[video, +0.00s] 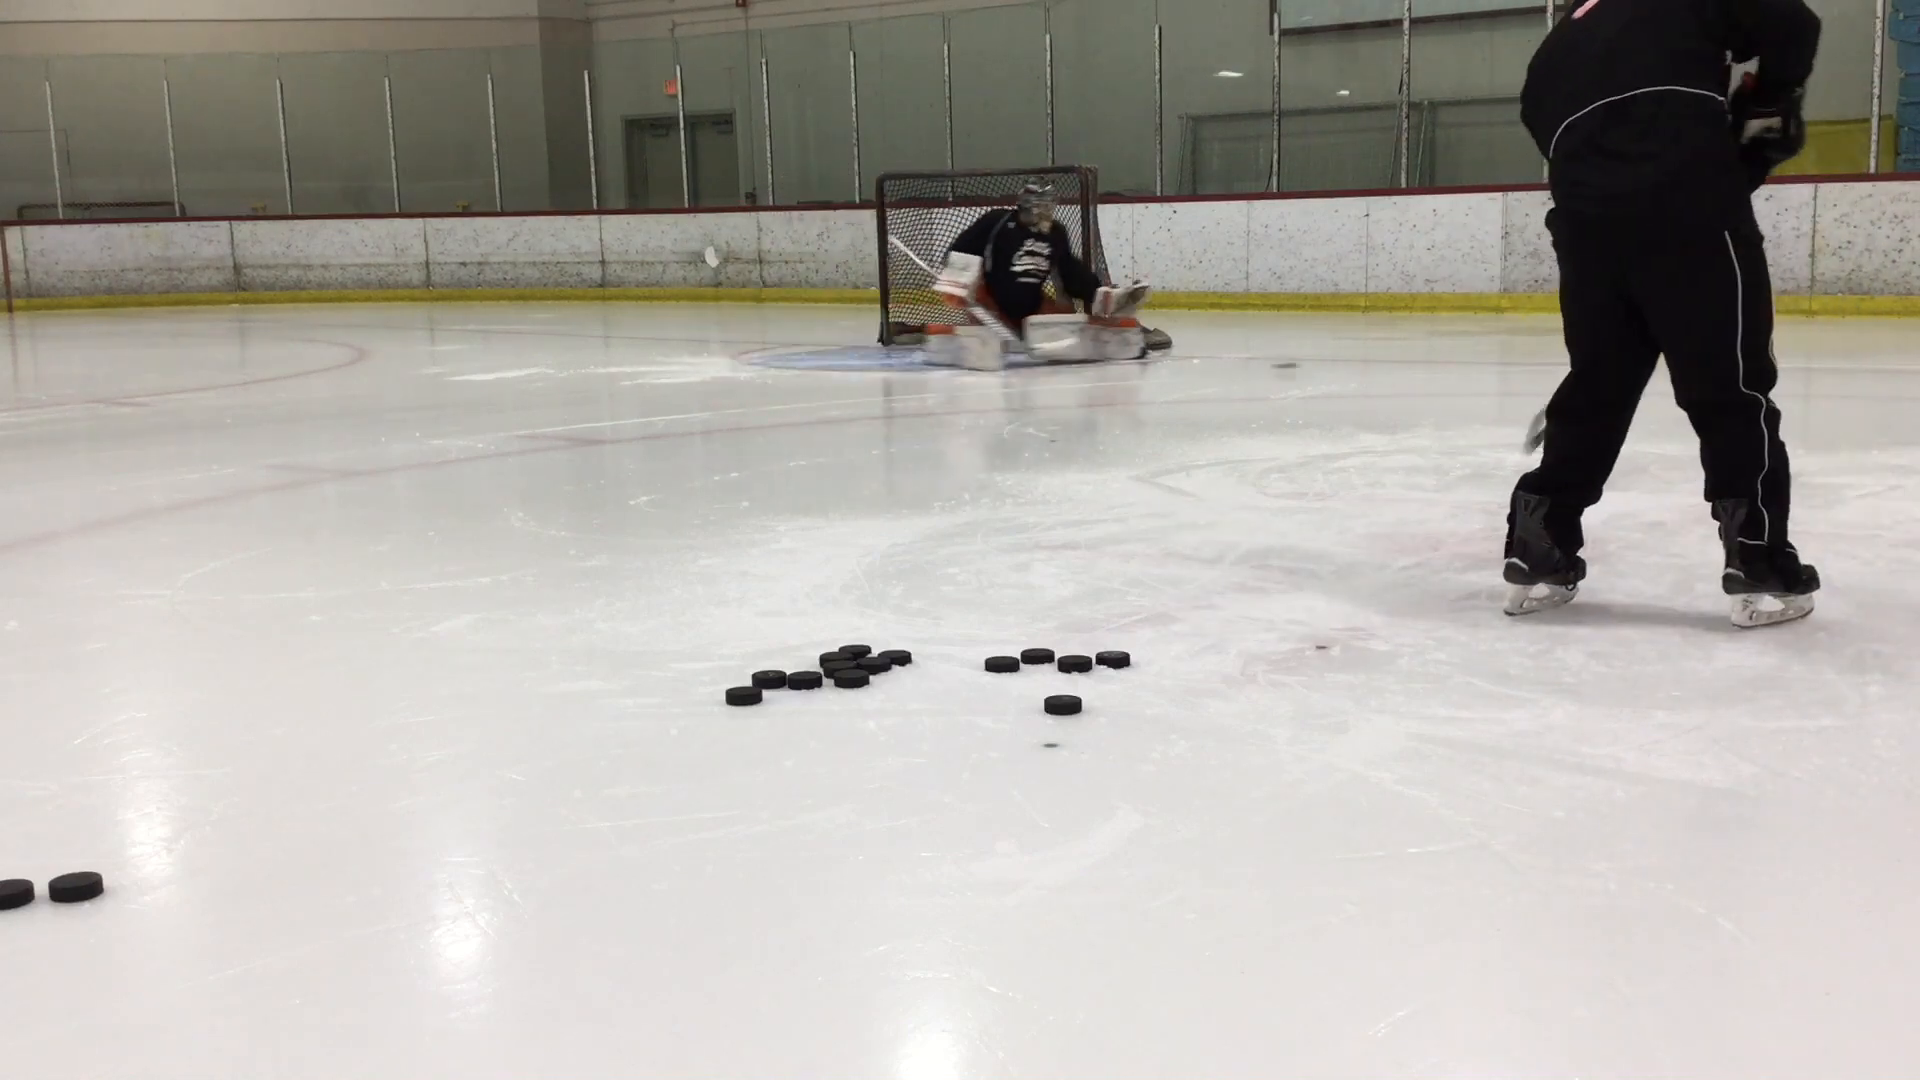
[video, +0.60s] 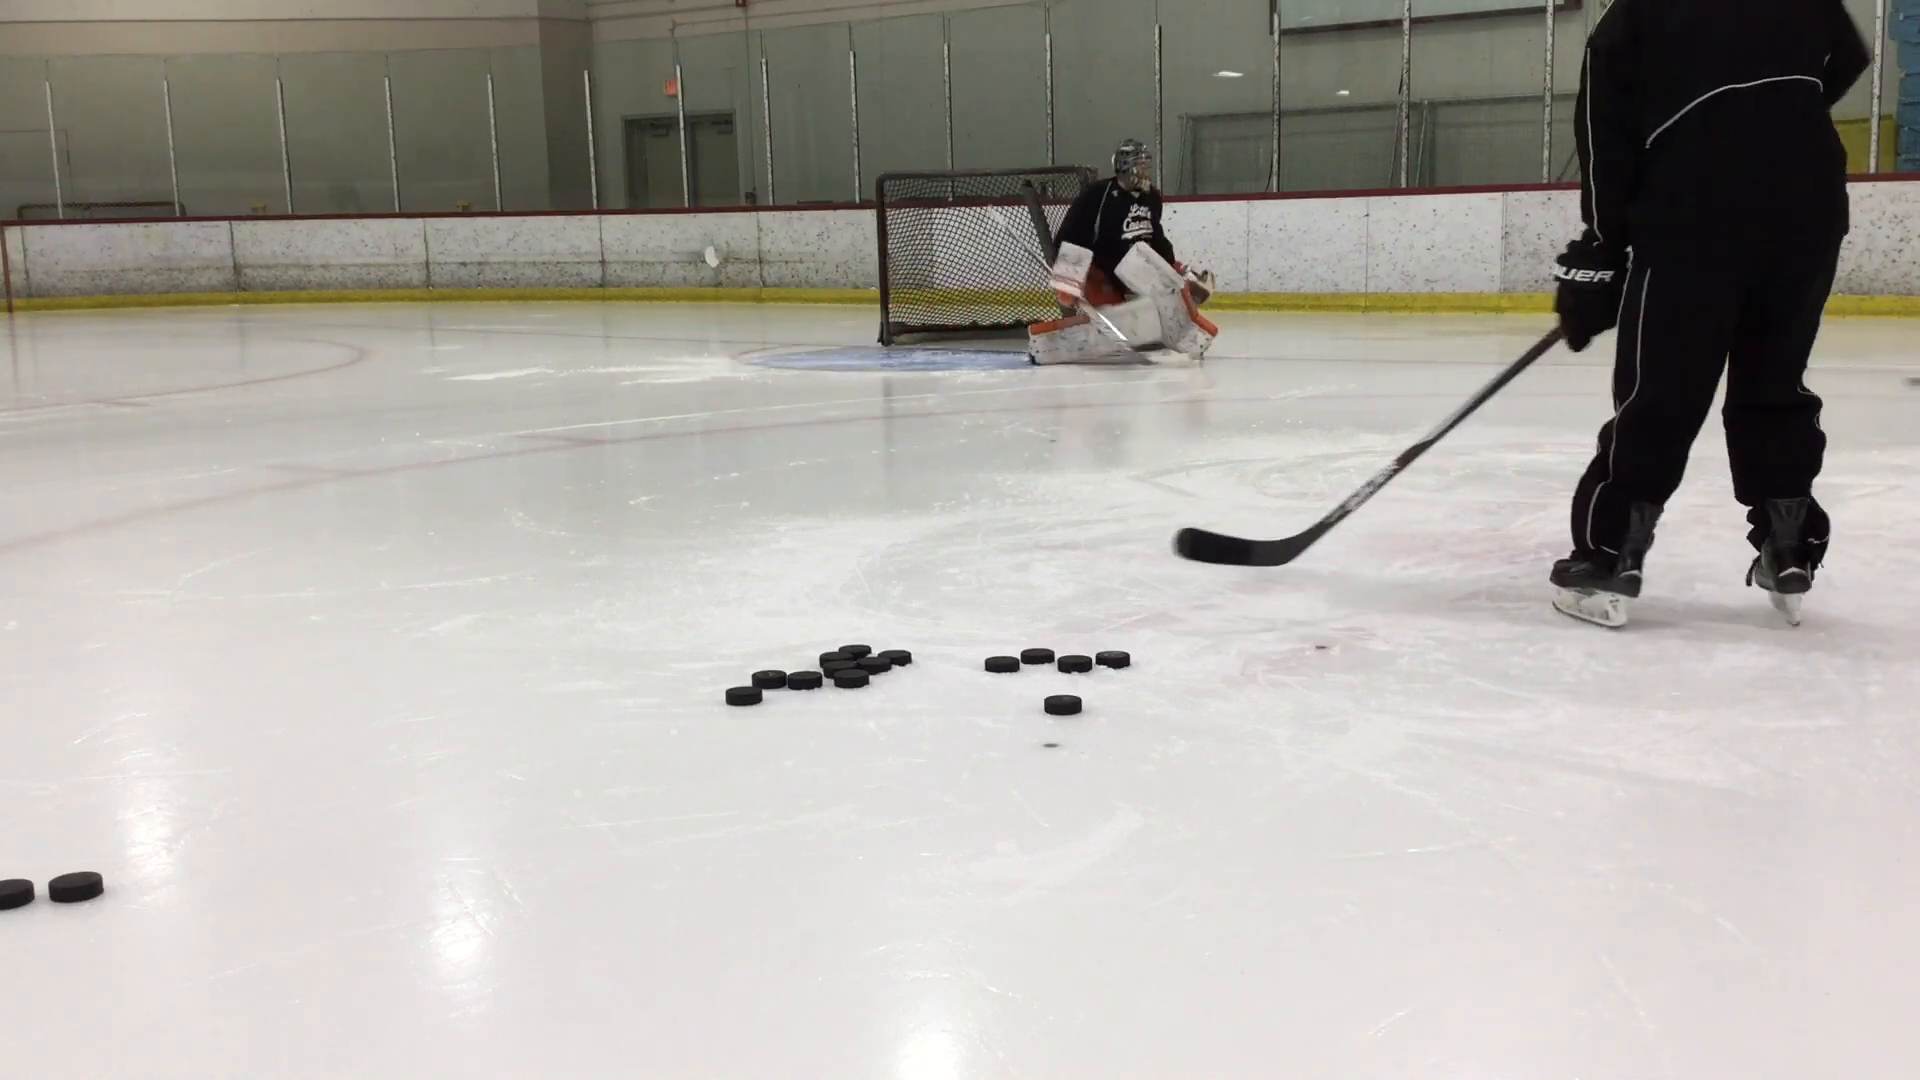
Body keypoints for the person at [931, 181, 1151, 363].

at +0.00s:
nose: (1042, 212)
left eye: (1046, 206)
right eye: (1035, 206)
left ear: (1052, 206)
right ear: (1022, 205)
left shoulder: (1056, 233)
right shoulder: (997, 221)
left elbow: (1068, 268)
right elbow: (960, 251)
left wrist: (1099, 296)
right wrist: (957, 286)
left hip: (1033, 308)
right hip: (991, 305)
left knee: (1078, 323)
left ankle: (1135, 337)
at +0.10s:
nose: (1067, 206)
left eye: (1070, 200)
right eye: (1062, 200)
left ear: (1073, 200)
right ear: (1046, 198)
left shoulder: (1075, 224)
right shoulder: (1017, 220)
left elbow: (1093, 260)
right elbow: (986, 253)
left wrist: (1124, 284)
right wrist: (992, 294)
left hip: (1056, 299)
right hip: (1015, 301)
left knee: (1098, 320)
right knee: (1023, 347)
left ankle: (1133, 340)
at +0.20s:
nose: (1088, 197)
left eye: (1090, 191)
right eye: (1082, 191)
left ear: (1094, 192)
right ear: (1066, 193)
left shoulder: (1095, 217)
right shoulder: (1040, 218)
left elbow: (1111, 253)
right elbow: (1011, 260)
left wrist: (1139, 279)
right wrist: (1029, 294)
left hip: (1088, 289)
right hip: (1050, 293)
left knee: (1126, 303)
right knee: (1113, 315)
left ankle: (1158, 339)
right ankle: (1156, 343)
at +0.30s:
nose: (1110, 194)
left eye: (1112, 187)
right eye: (1103, 188)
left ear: (1115, 188)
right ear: (1088, 190)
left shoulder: (1118, 213)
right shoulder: (1066, 215)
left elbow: (1127, 246)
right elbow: (1044, 261)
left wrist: (1147, 278)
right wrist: (1081, 297)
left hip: (1108, 282)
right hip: (1070, 288)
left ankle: (1174, 335)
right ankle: (1167, 338)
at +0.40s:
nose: (1129, 189)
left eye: (1132, 183)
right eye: (1123, 184)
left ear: (1134, 183)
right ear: (1108, 184)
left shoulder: (1139, 210)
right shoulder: (1085, 210)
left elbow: (1143, 244)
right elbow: (1066, 258)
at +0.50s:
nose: (1143, 183)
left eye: (1145, 177)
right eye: (1137, 177)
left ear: (1147, 177)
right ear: (1121, 178)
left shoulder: (1150, 205)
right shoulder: (1094, 203)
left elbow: (1153, 242)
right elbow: (1071, 248)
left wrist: (1167, 273)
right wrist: (1080, 292)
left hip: (1133, 273)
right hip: (1096, 275)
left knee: (1165, 291)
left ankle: (1161, 343)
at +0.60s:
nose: (1144, 171)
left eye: (1146, 166)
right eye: (1138, 167)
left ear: (1148, 167)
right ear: (1123, 169)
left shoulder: (1152, 198)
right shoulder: (1096, 195)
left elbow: (1154, 235)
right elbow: (1071, 240)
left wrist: (1171, 268)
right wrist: (1067, 285)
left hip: (1140, 275)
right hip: (1099, 279)